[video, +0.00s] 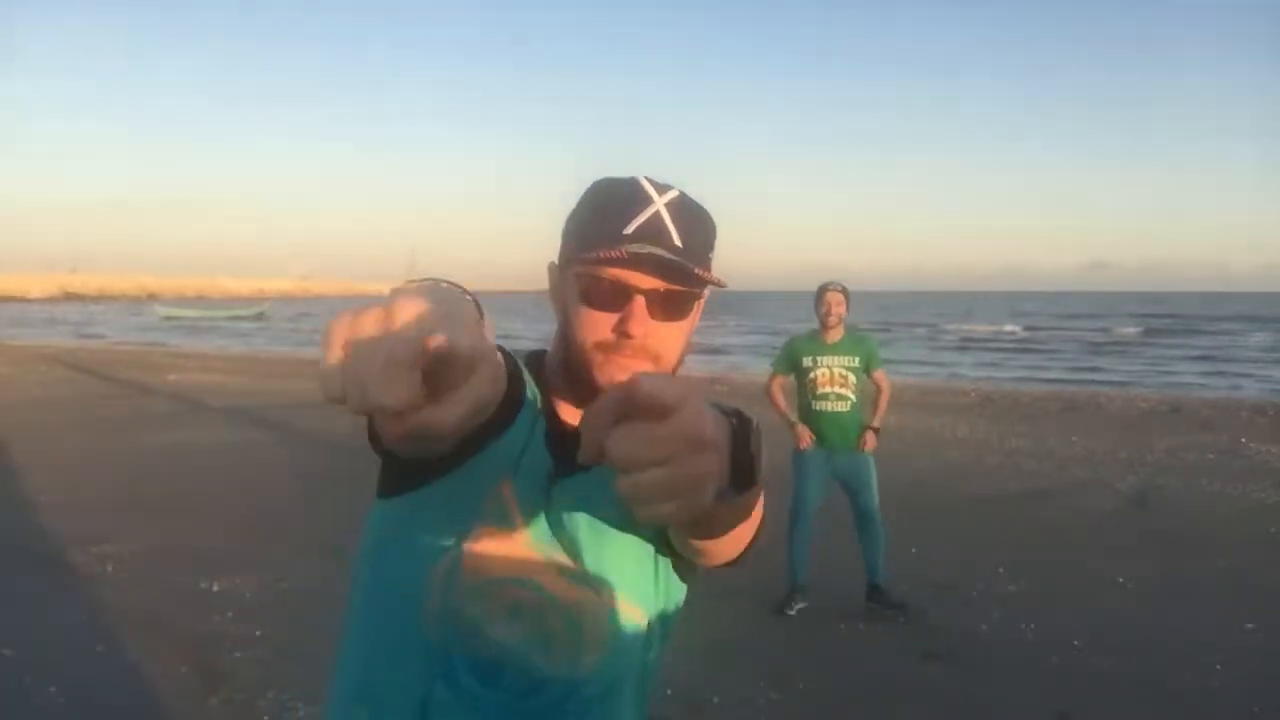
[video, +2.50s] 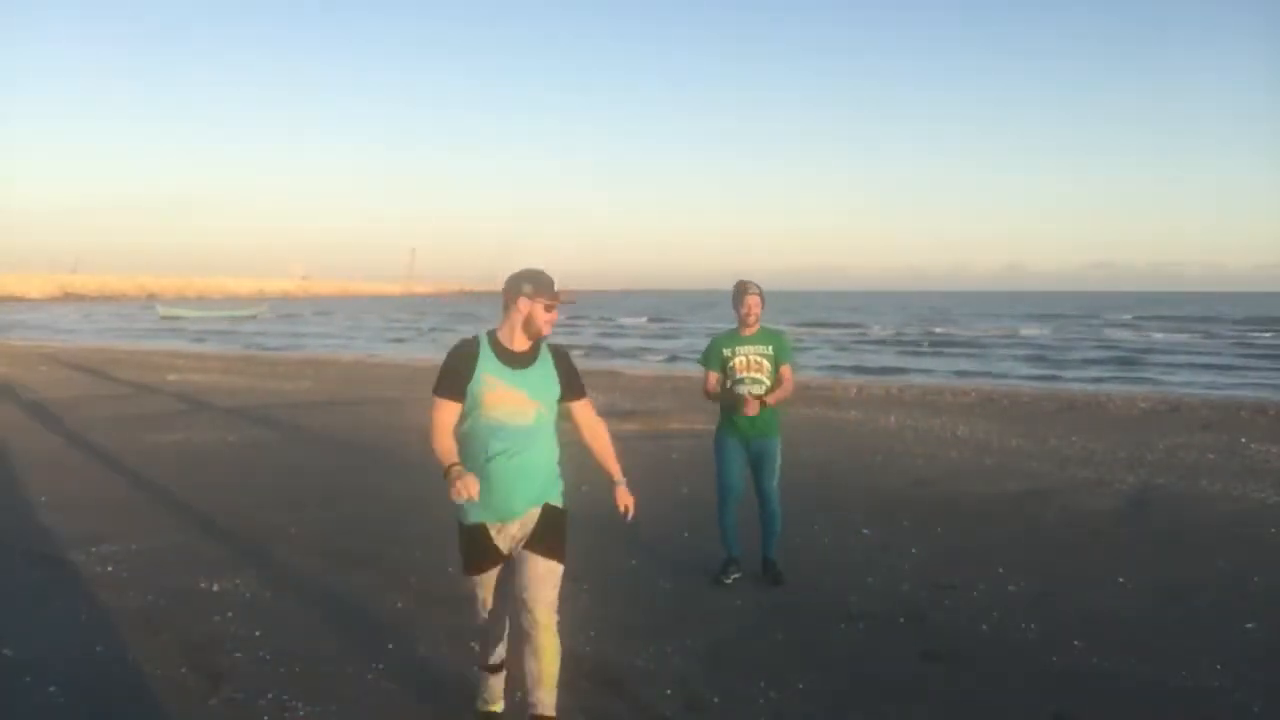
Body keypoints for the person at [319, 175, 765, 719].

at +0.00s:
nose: (634, 323)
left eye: (666, 300)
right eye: (606, 292)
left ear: (696, 313)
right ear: (558, 288)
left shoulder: (689, 443)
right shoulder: (469, 397)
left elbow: (727, 545)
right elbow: (457, 379)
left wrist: (718, 467)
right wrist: (418, 358)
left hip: (594, 707)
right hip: (389, 702)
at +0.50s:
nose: (540, 346)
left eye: (566, 328)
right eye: (518, 320)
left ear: (590, 334)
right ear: (482, 315)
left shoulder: (576, 433)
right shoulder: (406, 395)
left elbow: (598, 504)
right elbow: (364, 415)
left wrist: (584, 443)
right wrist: (392, 379)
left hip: (490, 710)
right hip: (334, 705)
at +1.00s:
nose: (526, 336)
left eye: (547, 321)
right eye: (511, 316)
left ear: (565, 328)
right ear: (483, 311)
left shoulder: (564, 405)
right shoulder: (420, 384)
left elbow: (573, 444)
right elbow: (399, 381)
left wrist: (553, 396)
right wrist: (427, 354)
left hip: (486, 693)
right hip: (363, 682)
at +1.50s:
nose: (537, 332)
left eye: (550, 323)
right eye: (526, 319)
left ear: (565, 330)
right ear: (500, 318)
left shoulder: (557, 395)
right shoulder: (444, 371)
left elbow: (571, 415)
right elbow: (445, 361)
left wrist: (566, 372)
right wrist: (472, 342)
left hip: (518, 617)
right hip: (423, 616)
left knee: (534, 711)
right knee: (414, 712)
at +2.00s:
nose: (510, 312)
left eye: (523, 304)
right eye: (501, 301)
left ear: (538, 312)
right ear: (485, 303)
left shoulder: (549, 375)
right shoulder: (443, 368)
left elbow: (539, 448)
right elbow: (405, 433)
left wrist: (497, 515)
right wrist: (378, 485)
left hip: (528, 551)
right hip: (450, 546)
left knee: (539, 681)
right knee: (450, 687)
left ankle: (542, 714)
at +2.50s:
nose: (555, 317)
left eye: (556, 308)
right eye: (547, 307)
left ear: (537, 308)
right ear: (519, 304)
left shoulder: (556, 360)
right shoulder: (467, 355)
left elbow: (589, 422)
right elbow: (441, 426)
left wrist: (619, 479)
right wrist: (454, 468)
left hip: (543, 505)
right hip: (481, 509)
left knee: (540, 614)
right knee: (487, 614)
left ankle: (544, 710)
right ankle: (491, 695)